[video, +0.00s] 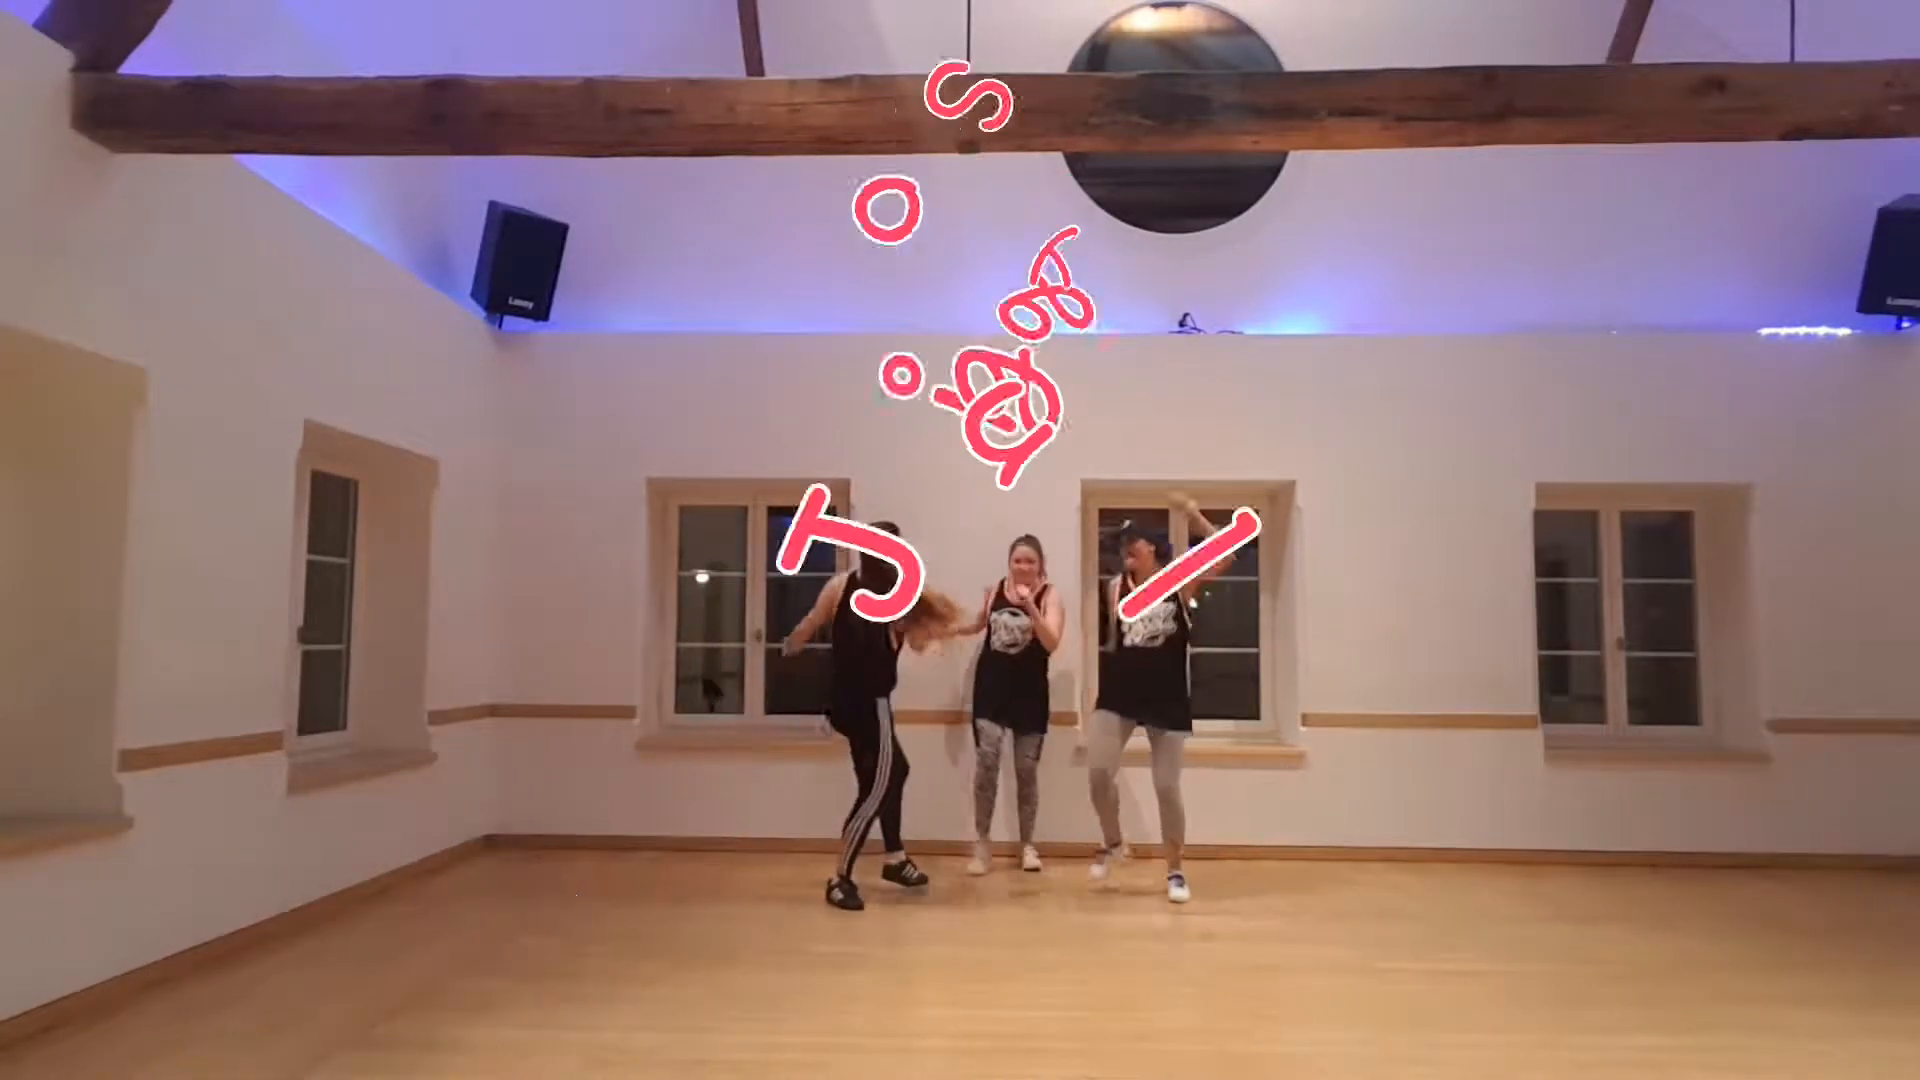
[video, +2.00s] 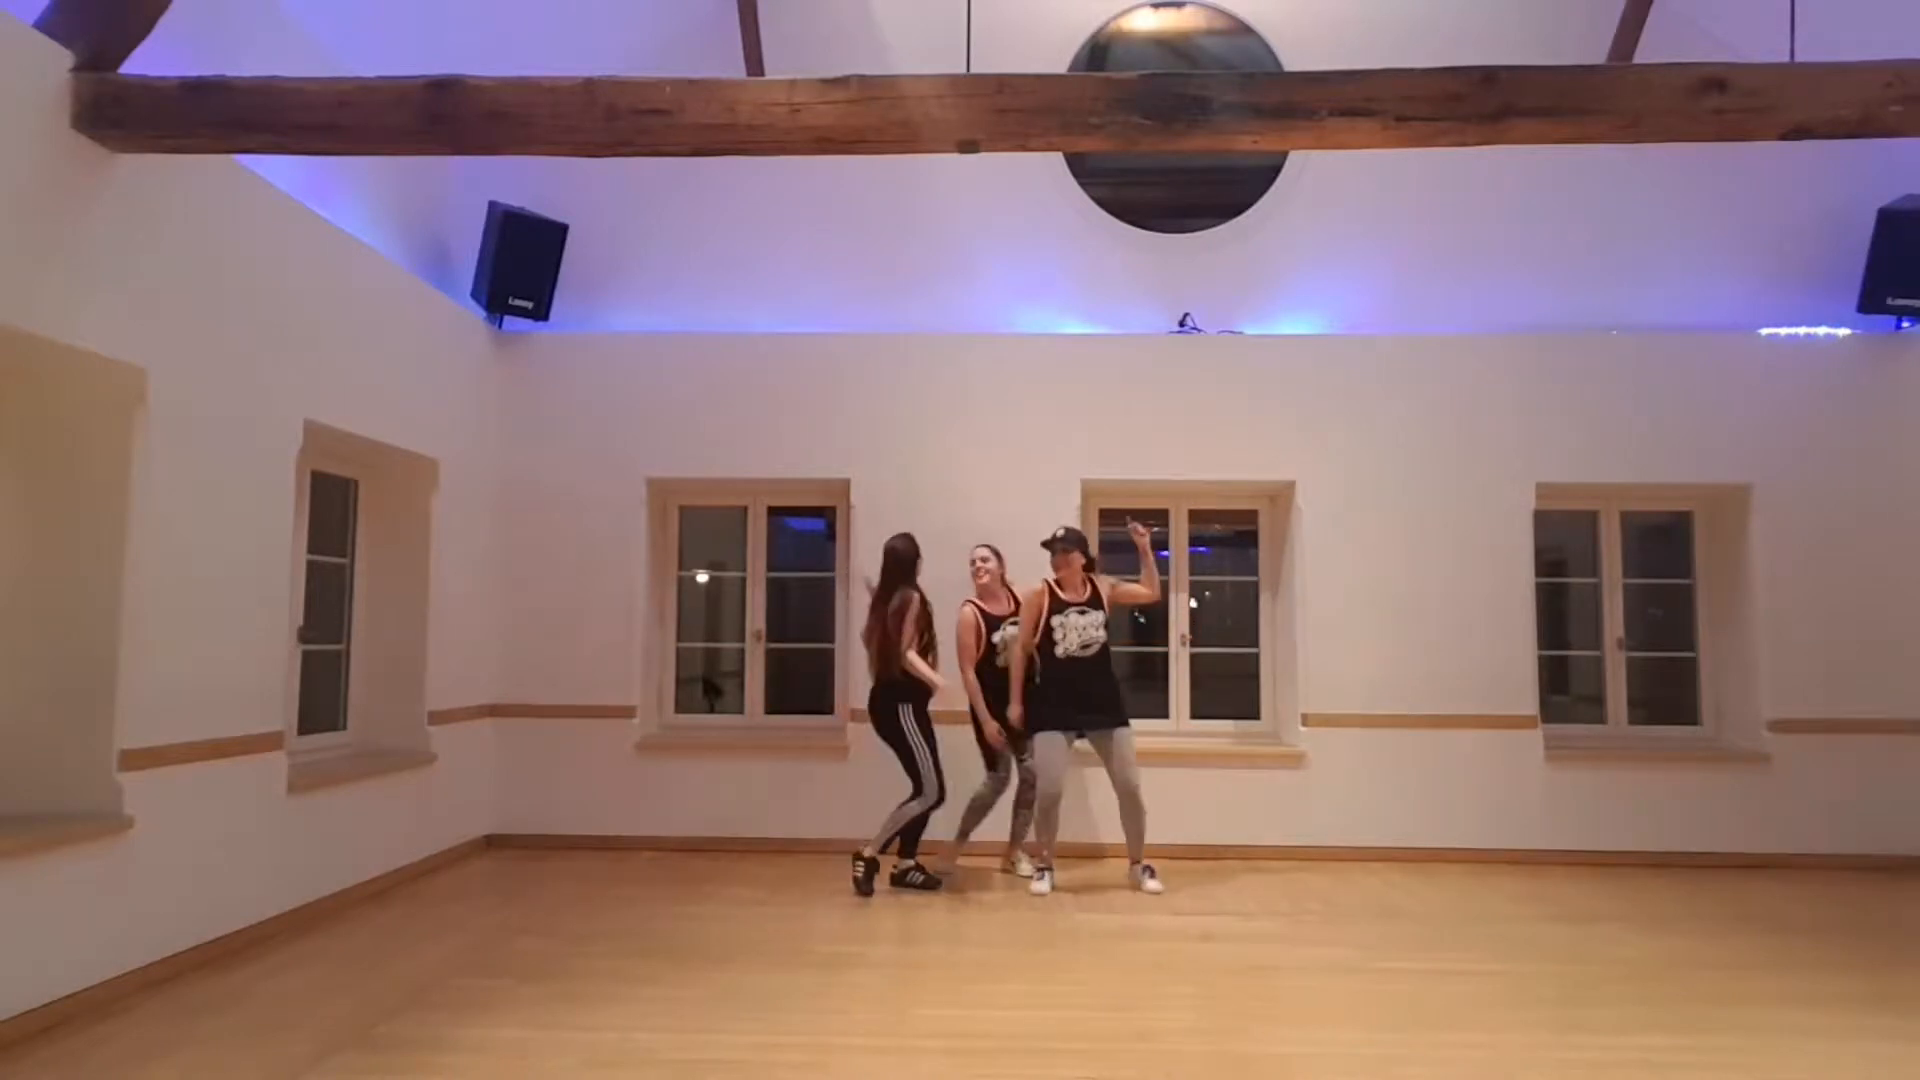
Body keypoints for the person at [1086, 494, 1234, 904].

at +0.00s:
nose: (1129, 554)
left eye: (1136, 548)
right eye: (1126, 550)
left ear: (1155, 551)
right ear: (1125, 557)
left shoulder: (1179, 582)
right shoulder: (1113, 588)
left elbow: (1223, 559)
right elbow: (1107, 641)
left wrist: (1194, 515)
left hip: (1166, 697)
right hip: (1118, 694)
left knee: (1167, 786)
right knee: (1098, 774)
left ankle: (1176, 872)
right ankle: (1113, 846)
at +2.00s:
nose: (1056, 559)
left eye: (1064, 553)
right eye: (1054, 553)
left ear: (1082, 556)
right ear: (1052, 557)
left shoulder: (1103, 587)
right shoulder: (1039, 595)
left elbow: (1151, 593)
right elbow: (1021, 647)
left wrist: (1145, 549)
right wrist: (1016, 703)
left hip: (1102, 700)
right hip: (1052, 704)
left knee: (1129, 784)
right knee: (1049, 789)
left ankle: (1138, 865)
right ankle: (1044, 866)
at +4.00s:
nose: (1167, 602)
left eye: (1174, 594)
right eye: (1164, 595)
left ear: (1193, 592)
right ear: (1160, 595)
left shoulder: (1217, 614)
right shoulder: (1154, 622)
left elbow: (1186, 638)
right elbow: (1129, 669)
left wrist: (1123, 637)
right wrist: (1107, 718)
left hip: (1197, 732)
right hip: (1141, 729)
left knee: (1237, 801)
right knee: (1106, 793)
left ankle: (1247, 875)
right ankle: (1076, 868)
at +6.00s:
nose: (1115, 556)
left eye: (1122, 547)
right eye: (1112, 549)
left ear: (1144, 547)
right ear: (1112, 552)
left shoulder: (1172, 575)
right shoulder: (1104, 581)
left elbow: (1220, 600)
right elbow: (1074, 629)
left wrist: (1173, 593)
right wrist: (1079, 684)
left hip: (1165, 696)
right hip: (1113, 697)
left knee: (1173, 783)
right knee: (1102, 792)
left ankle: (1197, 874)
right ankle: (1086, 879)